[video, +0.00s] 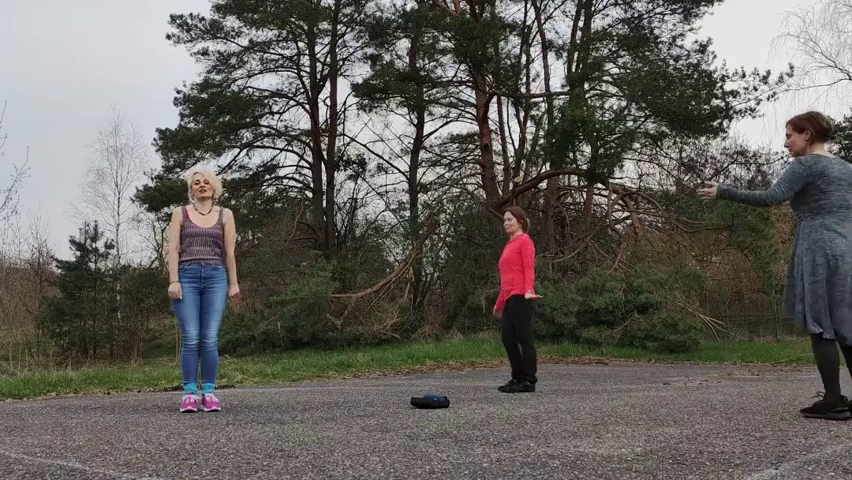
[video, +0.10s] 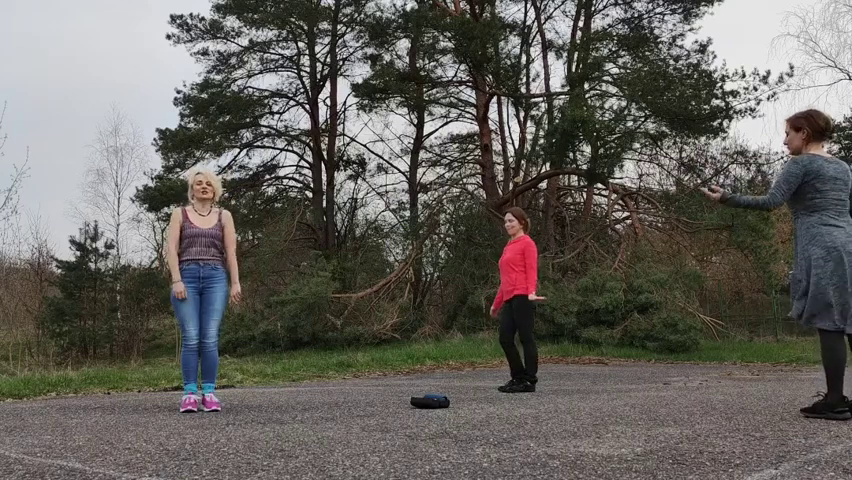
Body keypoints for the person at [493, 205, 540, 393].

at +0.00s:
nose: (506, 223)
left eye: (510, 219)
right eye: (505, 220)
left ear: (520, 221)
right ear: (504, 224)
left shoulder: (525, 241)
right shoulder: (510, 244)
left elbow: (529, 266)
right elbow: (507, 279)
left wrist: (529, 288)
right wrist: (499, 302)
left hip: (521, 296)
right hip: (509, 297)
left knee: (524, 337)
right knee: (508, 338)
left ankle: (528, 380)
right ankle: (518, 377)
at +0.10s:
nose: (508, 224)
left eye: (511, 221)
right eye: (506, 222)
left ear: (522, 222)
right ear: (505, 225)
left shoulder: (527, 243)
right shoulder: (509, 246)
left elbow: (532, 268)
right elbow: (505, 280)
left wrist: (531, 290)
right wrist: (496, 303)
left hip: (522, 296)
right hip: (508, 299)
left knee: (526, 338)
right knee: (506, 339)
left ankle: (529, 380)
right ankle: (518, 377)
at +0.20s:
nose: (509, 225)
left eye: (512, 221)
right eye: (506, 222)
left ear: (522, 222)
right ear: (505, 225)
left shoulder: (529, 242)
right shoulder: (508, 246)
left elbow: (534, 268)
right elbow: (503, 277)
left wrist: (536, 290)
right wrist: (494, 302)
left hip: (523, 295)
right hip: (507, 298)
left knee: (526, 337)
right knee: (506, 338)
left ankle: (529, 380)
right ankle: (518, 377)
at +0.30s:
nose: (509, 225)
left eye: (512, 221)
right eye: (507, 222)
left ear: (522, 221)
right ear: (505, 225)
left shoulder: (530, 242)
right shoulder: (506, 246)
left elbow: (536, 267)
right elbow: (501, 277)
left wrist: (539, 290)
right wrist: (491, 301)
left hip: (524, 294)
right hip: (506, 297)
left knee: (525, 336)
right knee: (508, 337)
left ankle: (529, 380)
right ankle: (517, 377)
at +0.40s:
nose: (510, 226)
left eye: (513, 222)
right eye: (507, 224)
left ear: (522, 222)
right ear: (505, 226)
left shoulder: (530, 242)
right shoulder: (505, 246)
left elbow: (537, 268)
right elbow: (500, 277)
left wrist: (541, 292)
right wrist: (490, 301)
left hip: (524, 295)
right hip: (506, 297)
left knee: (525, 336)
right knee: (507, 338)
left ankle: (529, 380)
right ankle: (517, 378)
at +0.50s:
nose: (509, 227)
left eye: (512, 224)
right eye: (507, 225)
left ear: (522, 223)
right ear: (505, 227)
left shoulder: (530, 245)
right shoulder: (505, 247)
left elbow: (537, 270)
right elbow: (499, 278)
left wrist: (541, 294)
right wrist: (488, 301)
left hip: (524, 296)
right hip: (506, 298)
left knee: (526, 337)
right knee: (505, 339)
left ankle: (529, 380)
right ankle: (518, 377)